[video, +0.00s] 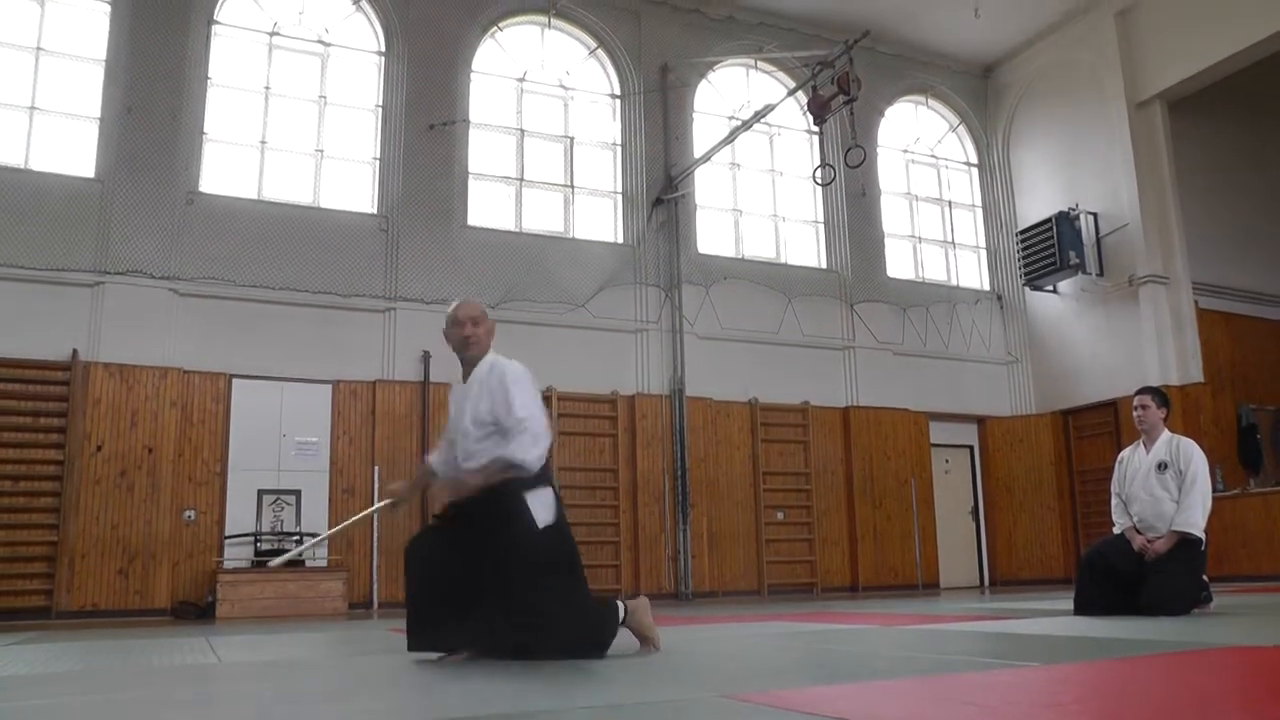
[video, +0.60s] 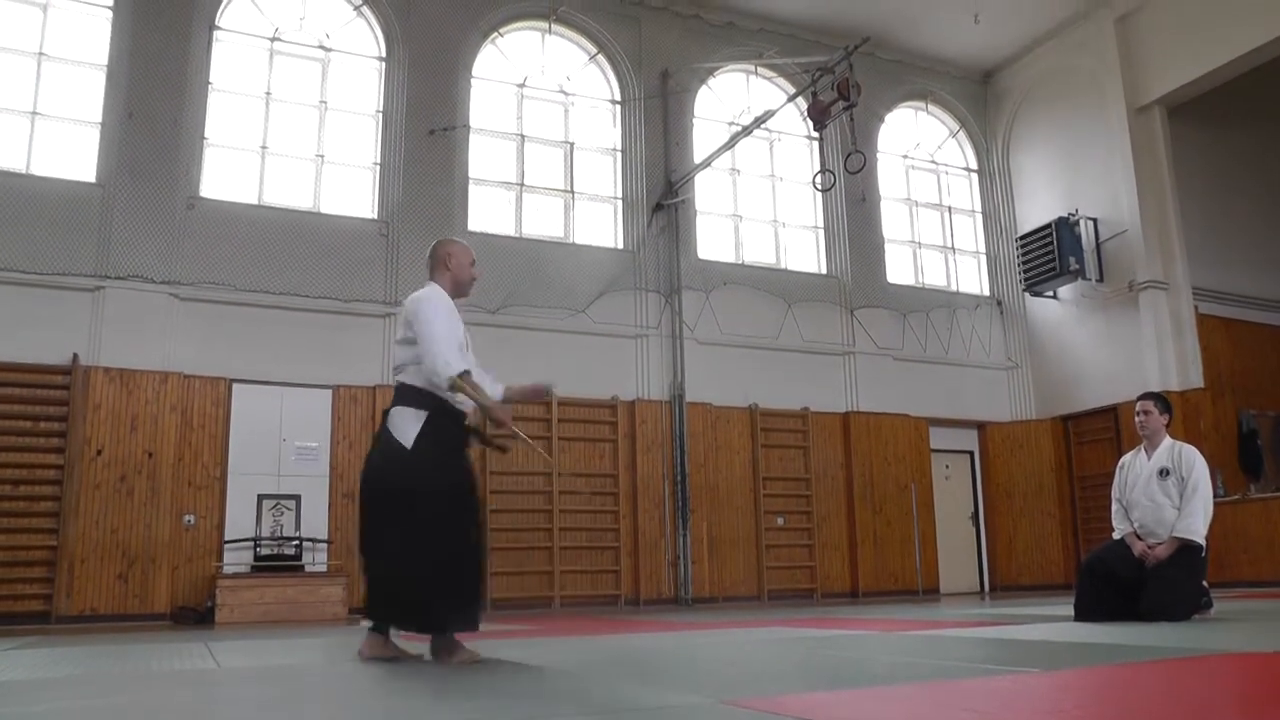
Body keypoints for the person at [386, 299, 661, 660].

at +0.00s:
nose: (468, 331)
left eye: (476, 322)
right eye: (458, 325)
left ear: (491, 329)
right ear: (447, 338)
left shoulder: (509, 374)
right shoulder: (461, 392)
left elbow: (531, 447)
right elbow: (451, 453)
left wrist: (475, 479)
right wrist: (412, 484)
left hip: (522, 501)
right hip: (481, 503)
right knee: (425, 551)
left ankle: (626, 612)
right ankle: (472, 637)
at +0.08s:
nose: (482, 309)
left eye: (487, 301)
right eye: (471, 301)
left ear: (494, 310)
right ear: (450, 312)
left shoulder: (517, 357)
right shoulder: (444, 372)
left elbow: (555, 413)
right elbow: (424, 426)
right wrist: (394, 464)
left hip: (521, 481)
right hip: (476, 486)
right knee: (421, 551)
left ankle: (625, 615)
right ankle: (461, 639)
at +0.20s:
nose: (497, 276)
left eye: (496, 270)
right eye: (486, 269)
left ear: (487, 281)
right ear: (457, 279)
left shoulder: (511, 331)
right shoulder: (422, 333)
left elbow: (548, 385)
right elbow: (389, 387)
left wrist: (585, 391)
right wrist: (382, 428)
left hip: (503, 450)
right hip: (450, 453)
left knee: (538, 527)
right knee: (418, 540)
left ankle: (606, 617)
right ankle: (446, 640)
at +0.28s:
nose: (495, 266)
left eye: (493, 259)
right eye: (487, 258)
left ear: (468, 265)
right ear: (458, 263)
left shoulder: (500, 321)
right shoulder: (417, 313)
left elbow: (546, 373)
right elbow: (386, 370)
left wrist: (595, 377)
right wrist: (393, 412)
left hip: (493, 433)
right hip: (442, 433)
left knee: (526, 520)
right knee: (451, 532)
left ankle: (551, 617)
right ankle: (475, 630)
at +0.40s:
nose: (485, 260)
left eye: (485, 253)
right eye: (480, 252)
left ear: (460, 253)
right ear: (455, 251)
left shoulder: (486, 318)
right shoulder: (418, 295)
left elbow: (530, 360)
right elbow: (403, 359)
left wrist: (587, 368)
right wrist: (435, 396)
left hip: (480, 427)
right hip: (435, 426)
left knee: (487, 519)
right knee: (447, 528)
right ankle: (464, 638)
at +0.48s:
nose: (483, 265)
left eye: (482, 258)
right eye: (477, 256)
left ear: (455, 257)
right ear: (451, 256)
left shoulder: (472, 323)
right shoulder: (423, 293)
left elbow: (506, 367)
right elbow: (420, 356)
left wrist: (560, 365)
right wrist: (464, 394)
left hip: (462, 433)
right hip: (427, 428)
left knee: (502, 532)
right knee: (450, 531)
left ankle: (405, 616)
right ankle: (458, 642)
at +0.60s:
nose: (476, 273)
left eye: (475, 266)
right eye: (470, 265)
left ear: (446, 264)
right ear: (447, 264)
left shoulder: (447, 314)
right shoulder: (431, 299)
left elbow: (472, 378)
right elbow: (447, 365)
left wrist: (517, 392)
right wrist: (489, 406)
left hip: (422, 424)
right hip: (424, 427)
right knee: (452, 530)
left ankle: (378, 636)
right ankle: (445, 640)